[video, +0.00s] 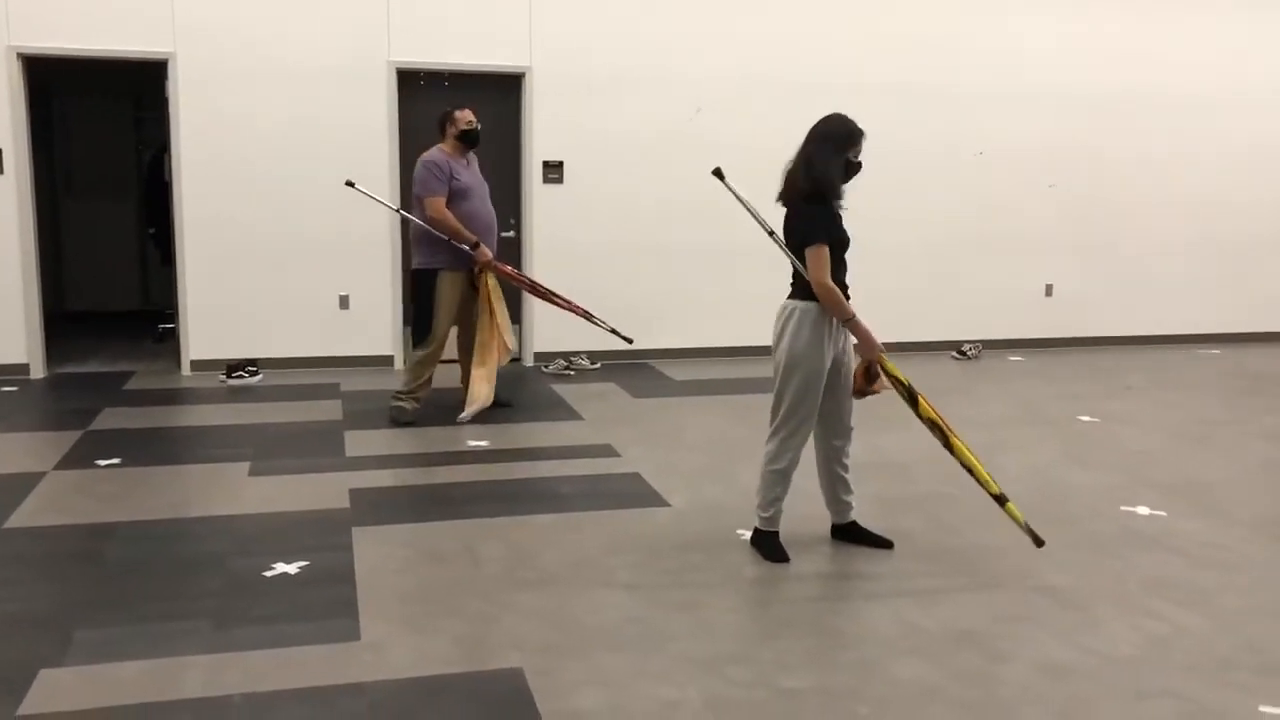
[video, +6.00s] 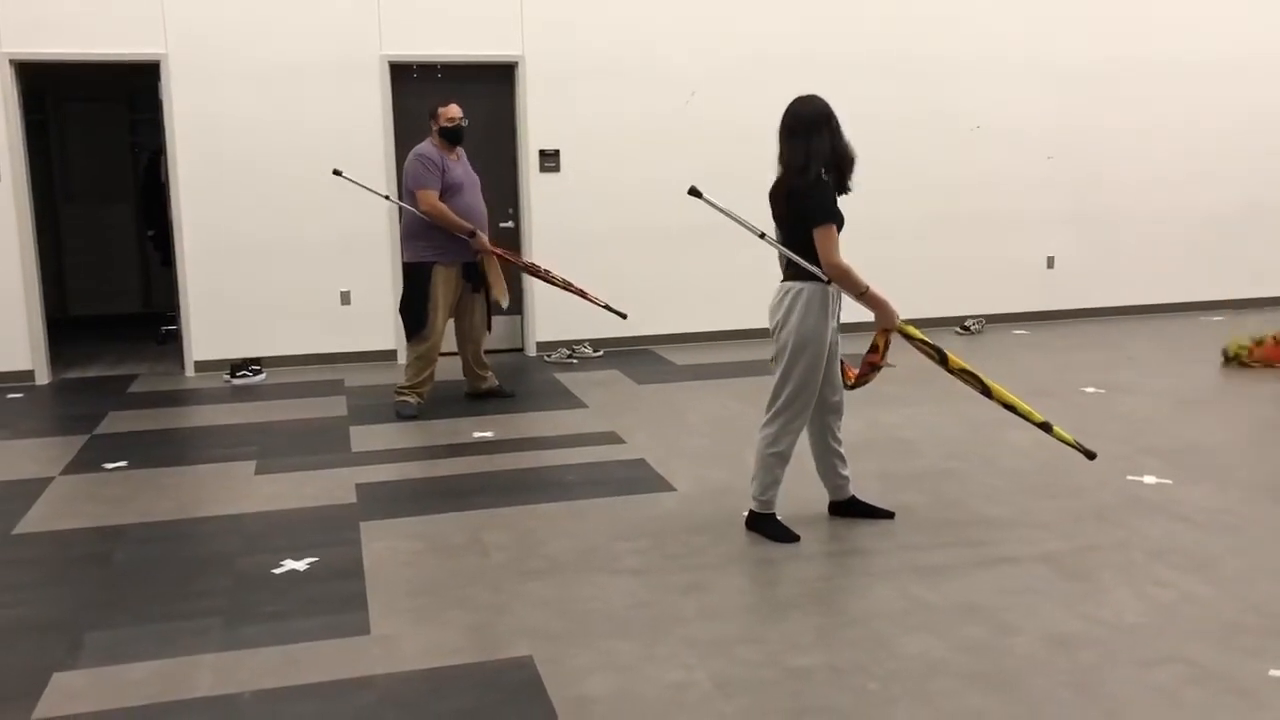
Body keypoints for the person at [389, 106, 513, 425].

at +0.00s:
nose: (474, 127)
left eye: (476, 123)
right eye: (467, 122)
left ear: (476, 131)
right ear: (449, 130)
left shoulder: (470, 161)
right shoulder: (432, 161)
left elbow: (474, 209)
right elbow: (435, 213)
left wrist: (485, 252)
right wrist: (475, 245)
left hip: (474, 262)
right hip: (440, 265)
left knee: (475, 332)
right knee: (431, 337)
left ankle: (477, 393)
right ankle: (406, 400)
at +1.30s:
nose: (428, 110)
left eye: (430, 106)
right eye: (419, 107)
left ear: (435, 114)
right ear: (405, 119)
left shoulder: (441, 147)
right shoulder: (395, 151)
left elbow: (451, 195)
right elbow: (392, 203)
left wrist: (466, 236)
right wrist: (434, 232)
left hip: (443, 249)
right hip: (406, 253)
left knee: (449, 318)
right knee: (401, 325)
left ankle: (452, 379)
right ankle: (383, 390)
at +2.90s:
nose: (441, 118)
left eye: (444, 114)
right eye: (433, 115)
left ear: (449, 122)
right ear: (419, 126)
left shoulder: (453, 155)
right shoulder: (412, 157)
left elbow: (471, 194)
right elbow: (422, 208)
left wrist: (479, 193)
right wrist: (468, 232)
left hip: (456, 255)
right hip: (419, 258)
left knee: (460, 324)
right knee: (415, 331)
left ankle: (468, 383)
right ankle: (398, 394)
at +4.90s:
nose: (457, 125)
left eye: (460, 121)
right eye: (449, 122)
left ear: (466, 129)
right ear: (434, 132)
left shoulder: (470, 164)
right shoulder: (423, 165)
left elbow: (489, 206)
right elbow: (430, 214)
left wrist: (497, 241)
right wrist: (476, 240)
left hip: (472, 264)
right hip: (433, 267)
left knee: (477, 331)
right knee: (428, 339)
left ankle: (482, 390)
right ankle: (411, 402)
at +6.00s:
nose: (457, 125)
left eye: (461, 120)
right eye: (451, 120)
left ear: (465, 124)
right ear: (435, 125)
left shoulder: (459, 155)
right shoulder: (424, 156)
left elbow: (467, 202)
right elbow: (428, 205)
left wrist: (482, 241)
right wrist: (471, 232)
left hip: (468, 256)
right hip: (432, 259)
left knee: (474, 325)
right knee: (427, 333)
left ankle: (480, 383)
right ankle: (410, 395)